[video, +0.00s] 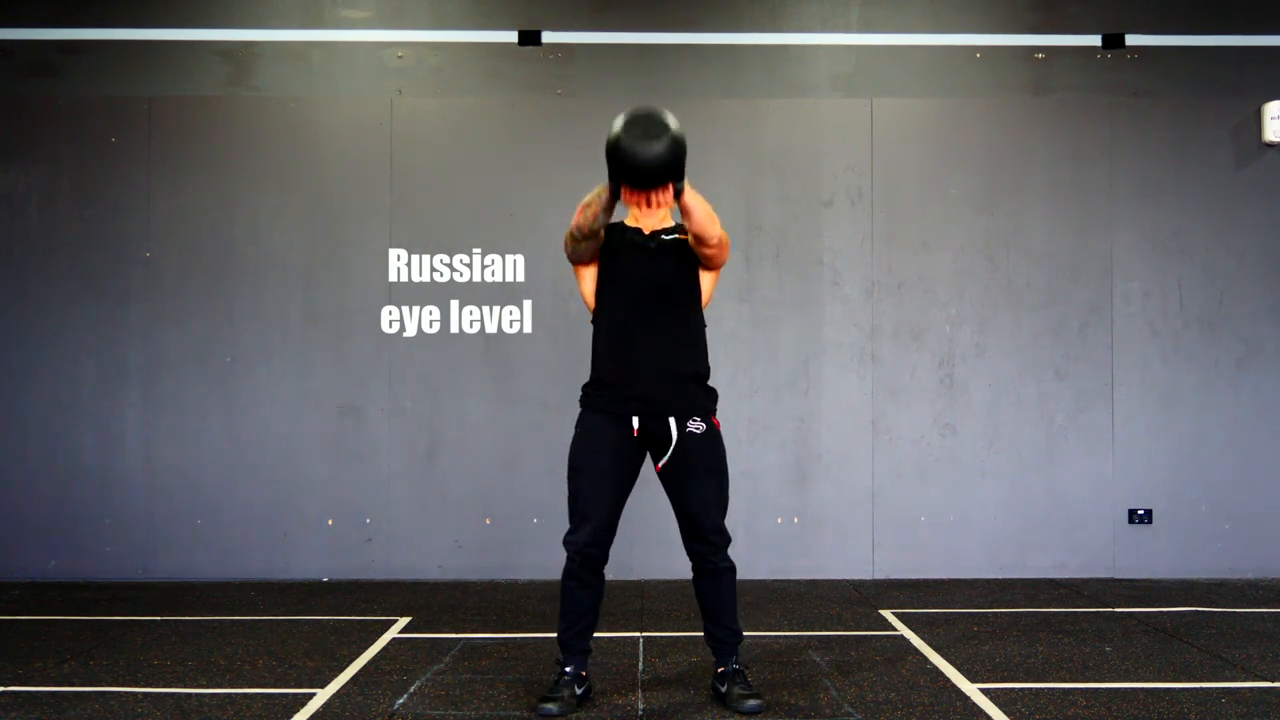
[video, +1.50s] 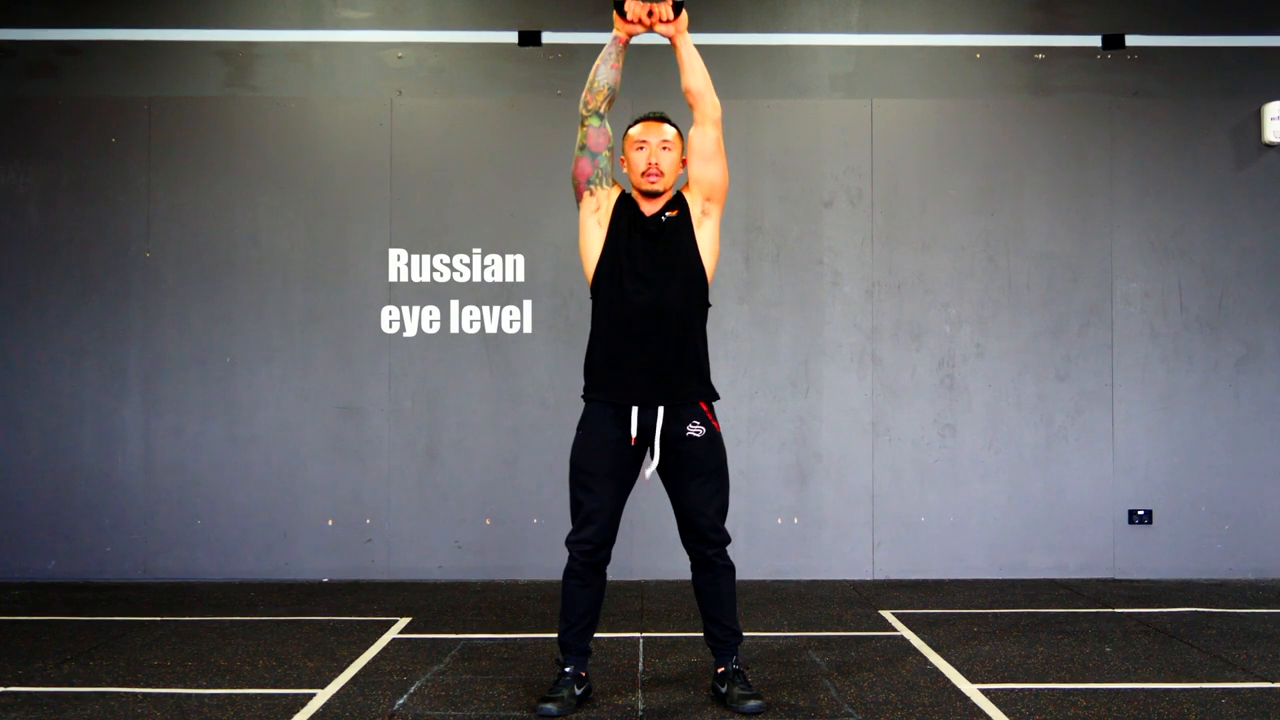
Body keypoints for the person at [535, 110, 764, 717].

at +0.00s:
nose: (649, 201)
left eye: (659, 192)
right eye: (638, 192)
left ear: (677, 184)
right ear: (618, 184)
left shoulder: (703, 242)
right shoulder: (592, 236)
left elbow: (714, 240)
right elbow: (578, 238)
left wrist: (682, 191)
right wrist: (609, 197)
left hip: (685, 408)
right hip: (610, 409)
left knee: (710, 544)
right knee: (585, 543)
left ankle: (729, 669)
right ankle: (572, 673)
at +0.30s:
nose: (647, 171)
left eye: (659, 163)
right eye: (635, 163)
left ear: (676, 181)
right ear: (617, 183)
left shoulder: (706, 258)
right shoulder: (584, 258)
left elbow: (699, 338)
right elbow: (595, 336)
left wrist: (674, 400)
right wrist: (622, 397)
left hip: (686, 415)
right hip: (604, 416)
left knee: (729, 544)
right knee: (565, 544)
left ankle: (731, 671)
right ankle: (570, 672)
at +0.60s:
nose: (640, 256)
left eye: (652, 243)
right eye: (627, 244)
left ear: (672, 251)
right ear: (612, 254)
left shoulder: (708, 319)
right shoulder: (582, 325)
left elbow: (698, 413)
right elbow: (592, 418)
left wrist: (677, 480)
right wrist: (618, 482)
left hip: (686, 445)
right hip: (606, 447)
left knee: (747, 531)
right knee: (549, 536)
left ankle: (736, 667)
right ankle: (568, 672)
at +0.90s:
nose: (645, 190)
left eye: (657, 182)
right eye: (633, 182)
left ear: (675, 198)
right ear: (617, 200)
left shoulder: (709, 272)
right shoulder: (585, 276)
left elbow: (703, 355)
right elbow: (598, 358)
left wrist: (680, 424)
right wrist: (626, 423)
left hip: (692, 427)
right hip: (608, 427)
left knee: (738, 552)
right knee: (567, 555)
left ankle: (732, 673)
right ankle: (572, 675)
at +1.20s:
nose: (657, 166)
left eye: (668, 158)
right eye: (644, 158)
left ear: (683, 175)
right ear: (627, 175)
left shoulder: (705, 242)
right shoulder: (600, 234)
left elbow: (714, 189)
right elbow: (584, 175)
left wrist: (679, 116)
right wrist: (617, 116)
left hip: (686, 414)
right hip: (609, 413)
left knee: (709, 545)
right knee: (586, 543)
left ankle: (729, 672)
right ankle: (573, 674)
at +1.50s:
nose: (652, 153)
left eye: (663, 144)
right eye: (640, 144)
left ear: (682, 157)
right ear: (623, 158)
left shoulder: (702, 211)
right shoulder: (600, 208)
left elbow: (707, 116)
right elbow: (592, 118)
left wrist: (680, 36)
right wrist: (620, 38)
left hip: (687, 408)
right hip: (610, 408)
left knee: (709, 545)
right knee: (587, 545)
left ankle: (729, 670)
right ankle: (572, 673)